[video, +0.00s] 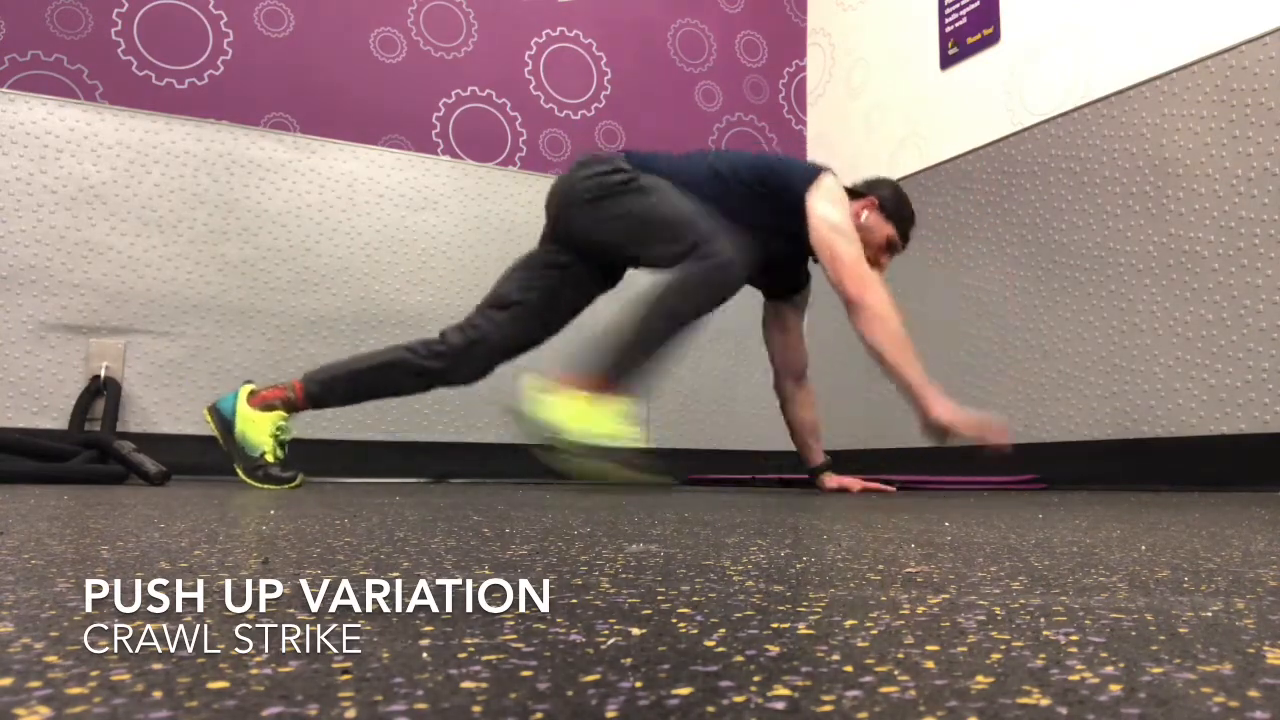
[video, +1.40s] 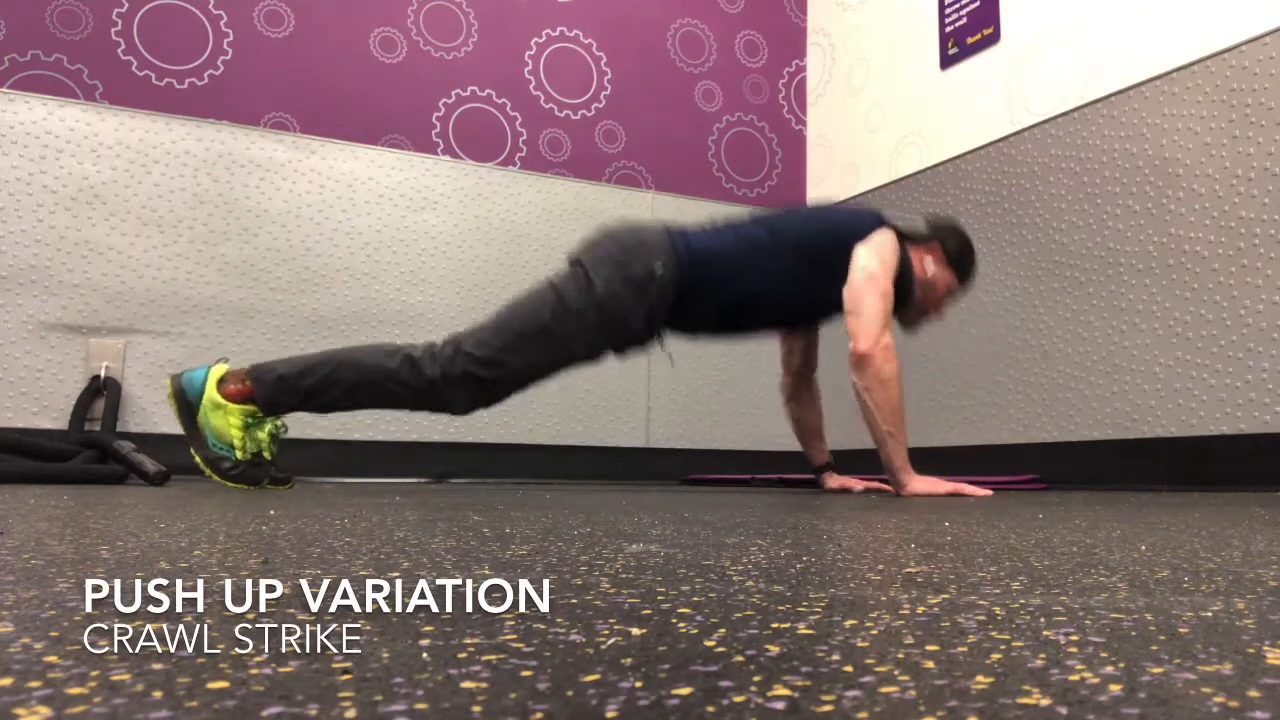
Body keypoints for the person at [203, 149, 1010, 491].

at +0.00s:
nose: (876, 262)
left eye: (883, 256)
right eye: (881, 243)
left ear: (861, 237)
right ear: (861, 204)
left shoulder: (781, 263)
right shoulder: (815, 189)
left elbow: (790, 372)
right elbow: (870, 296)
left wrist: (819, 468)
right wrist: (934, 403)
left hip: (601, 231)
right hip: (605, 181)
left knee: (471, 349)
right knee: (720, 252)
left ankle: (267, 405)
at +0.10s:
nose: (873, 286)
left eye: (885, 279)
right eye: (883, 268)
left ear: (869, 242)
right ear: (876, 230)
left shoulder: (804, 257)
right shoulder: (836, 217)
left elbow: (789, 374)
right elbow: (869, 330)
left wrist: (820, 468)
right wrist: (913, 448)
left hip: (603, 220)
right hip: (614, 195)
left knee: (468, 337)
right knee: (612, 336)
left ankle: (270, 404)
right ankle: (420, 351)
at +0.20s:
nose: (890, 319)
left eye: (904, 312)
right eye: (901, 303)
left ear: (883, 272)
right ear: (898, 262)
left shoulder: (819, 268)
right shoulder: (858, 244)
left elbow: (784, 382)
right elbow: (866, 344)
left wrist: (817, 468)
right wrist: (906, 475)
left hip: (628, 240)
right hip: (634, 227)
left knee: (481, 345)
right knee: (506, 366)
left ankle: (283, 373)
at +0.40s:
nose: (918, 378)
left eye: (930, 378)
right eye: (931, 366)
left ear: (919, 352)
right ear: (926, 325)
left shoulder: (840, 326)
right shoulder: (879, 286)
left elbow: (781, 398)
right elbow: (860, 362)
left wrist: (815, 470)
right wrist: (907, 475)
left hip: (658, 335)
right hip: (654, 314)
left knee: (467, 384)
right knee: (465, 384)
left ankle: (259, 388)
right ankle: (253, 387)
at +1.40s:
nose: (926, 310)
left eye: (935, 305)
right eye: (935, 294)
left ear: (915, 266)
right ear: (925, 258)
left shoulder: (833, 258)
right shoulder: (877, 239)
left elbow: (798, 380)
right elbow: (867, 352)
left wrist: (826, 468)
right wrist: (906, 473)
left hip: (645, 288)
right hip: (639, 273)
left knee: (461, 372)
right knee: (457, 372)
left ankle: (255, 390)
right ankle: (237, 390)